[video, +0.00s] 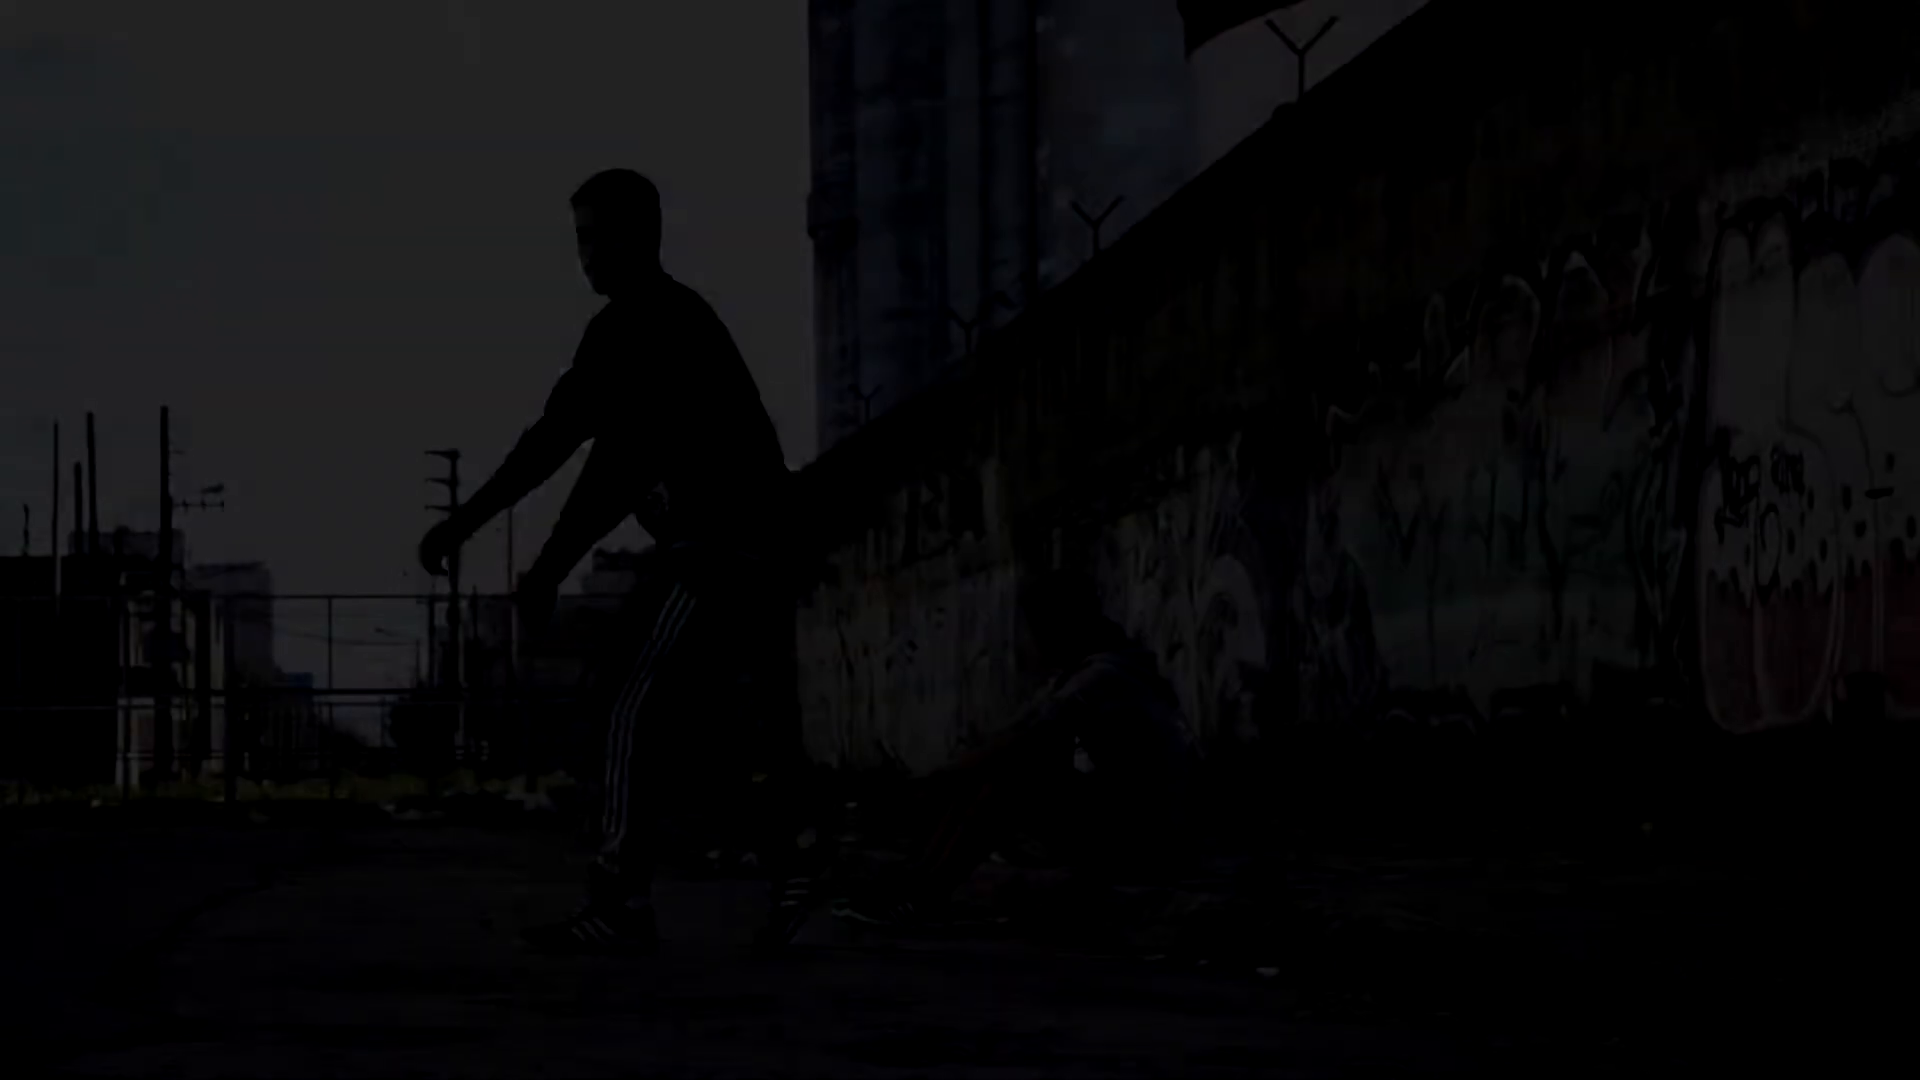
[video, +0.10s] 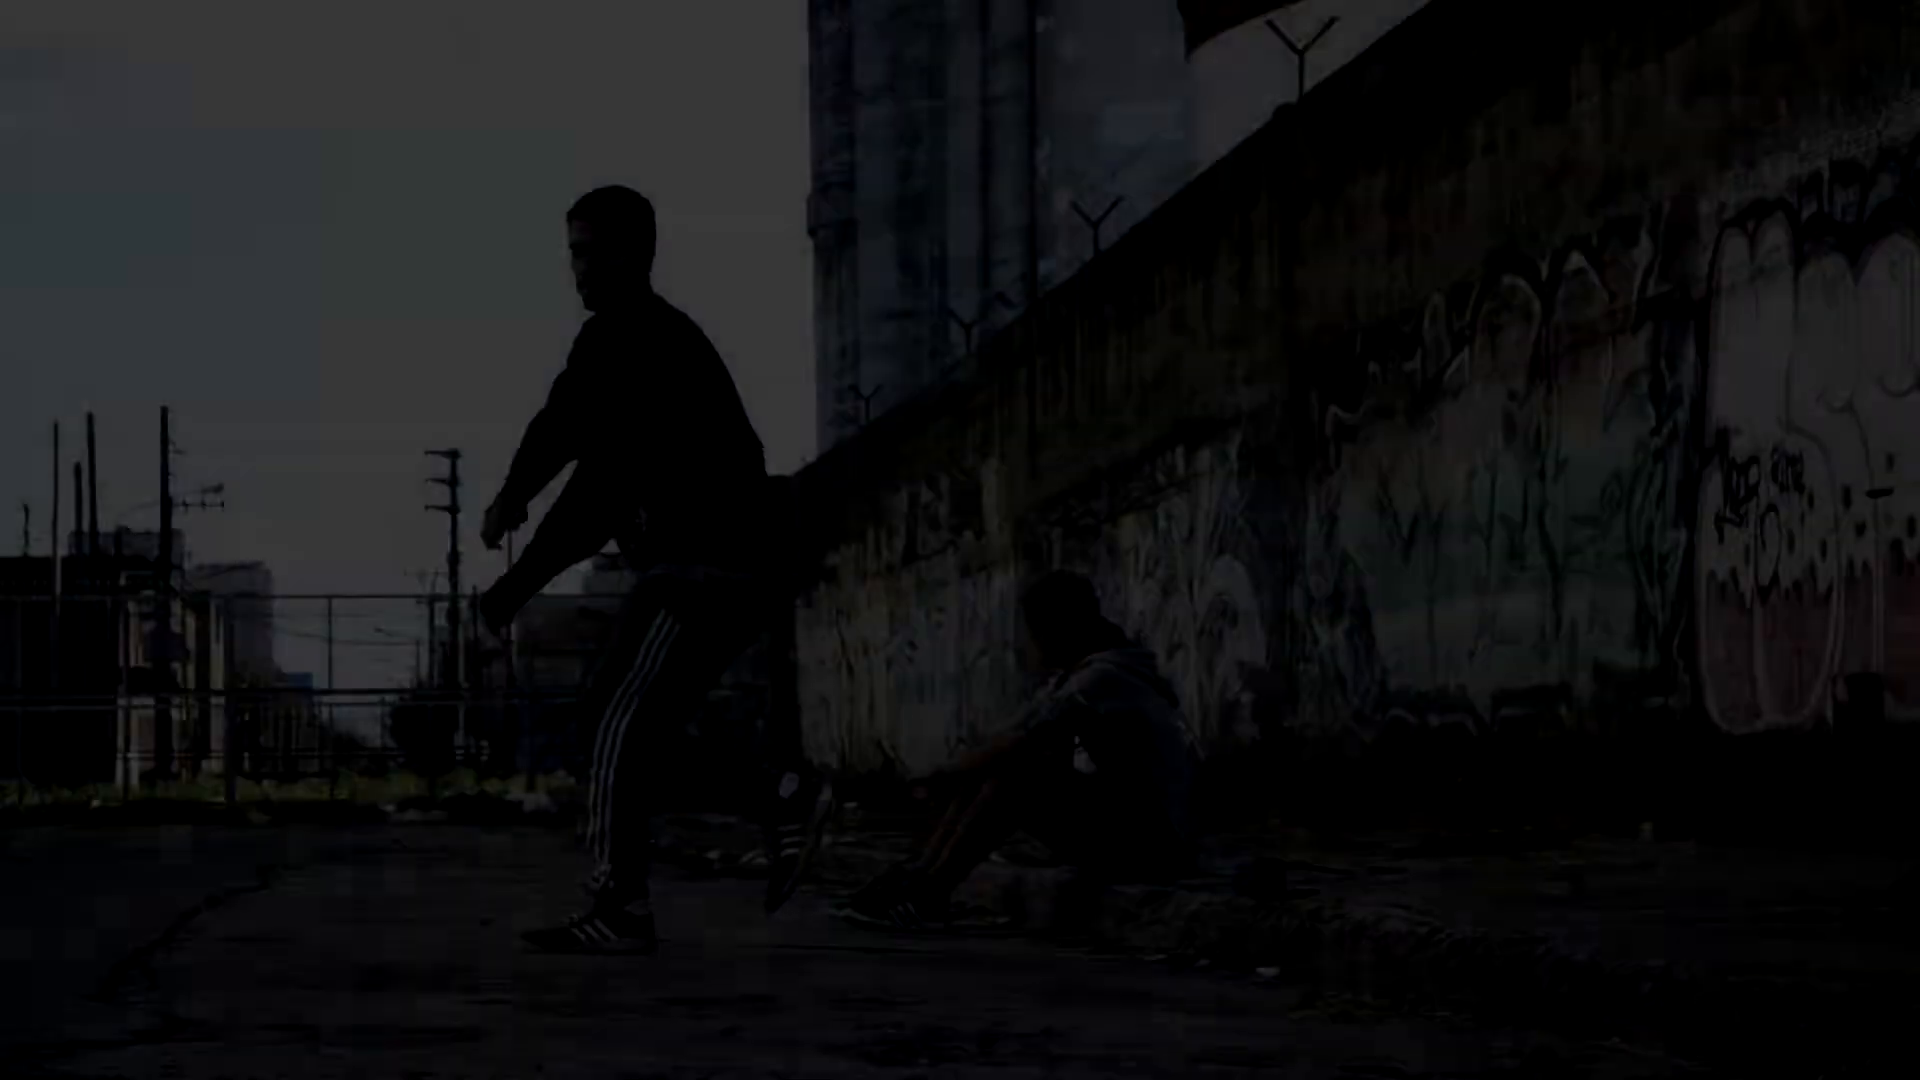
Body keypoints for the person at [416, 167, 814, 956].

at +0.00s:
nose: (585, 252)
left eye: (596, 235)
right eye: (582, 236)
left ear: (629, 236)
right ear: (612, 241)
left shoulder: (660, 322)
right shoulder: (621, 326)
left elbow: (621, 467)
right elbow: (552, 435)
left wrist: (553, 563)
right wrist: (466, 519)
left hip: (730, 544)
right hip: (704, 542)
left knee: (635, 712)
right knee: (751, 718)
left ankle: (621, 898)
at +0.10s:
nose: (577, 266)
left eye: (589, 251)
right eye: (574, 251)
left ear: (624, 252)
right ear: (622, 254)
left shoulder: (646, 345)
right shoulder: (612, 336)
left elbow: (598, 496)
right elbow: (559, 424)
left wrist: (514, 588)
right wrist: (513, 496)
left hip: (712, 559)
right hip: (680, 556)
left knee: (624, 722)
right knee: (655, 718)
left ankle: (617, 906)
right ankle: (786, 795)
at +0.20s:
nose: (589, 248)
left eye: (604, 233)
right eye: (583, 233)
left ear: (643, 237)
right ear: (585, 237)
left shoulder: (653, 325)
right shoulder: (616, 320)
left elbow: (631, 466)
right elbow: (568, 415)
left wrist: (533, 520)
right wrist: (580, 455)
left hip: (701, 559)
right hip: (679, 555)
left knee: (616, 715)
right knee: (647, 724)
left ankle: (613, 902)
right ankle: (779, 826)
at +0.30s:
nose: (614, 235)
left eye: (628, 218)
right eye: (604, 222)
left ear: (669, 220)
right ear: (601, 230)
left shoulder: (688, 306)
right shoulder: (641, 312)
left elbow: (678, 439)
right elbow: (615, 442)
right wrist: (547, 442)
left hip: (703, 554)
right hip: (682, 552)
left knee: (577, 696)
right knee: (655, 727)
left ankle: (584, 878)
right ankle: (783, 877)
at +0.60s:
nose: (615, 220)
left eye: (631, 204)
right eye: (603, 207)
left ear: (666, 211)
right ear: (593, 220)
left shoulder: (678, 286)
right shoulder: (616, 312)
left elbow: (654, 387)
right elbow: (584, 424)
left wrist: (565, 347)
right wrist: (541, 340)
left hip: (708, 530)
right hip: (705, 535)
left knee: (602, 694)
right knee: (654, 737)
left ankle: (609, 889)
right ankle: (773, 854)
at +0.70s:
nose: (618, 234)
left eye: (636, 220)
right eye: (607, 221)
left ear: (668, 231)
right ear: (596, 230)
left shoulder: (677, 299)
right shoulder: (607, 315)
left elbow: (661, 370)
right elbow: (527, 394)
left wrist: (549, 343)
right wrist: (468, 335)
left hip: (701, 555)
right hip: (661, 554)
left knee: (615, 715)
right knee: (616, 716)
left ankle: (624, 904)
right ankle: (760, 781)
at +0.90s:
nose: (625, 213)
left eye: (640, 196)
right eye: (613, 200)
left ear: (677, 199)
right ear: (604, 209)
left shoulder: (713, 283)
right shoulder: (618, 299)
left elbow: (709, 407)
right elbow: (547, 384)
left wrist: (624, 414)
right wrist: (454, 460)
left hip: (719, 531)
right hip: (678, 530)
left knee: (616, 683)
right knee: (637, 699)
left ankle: (604, 881)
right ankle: (775, 836)